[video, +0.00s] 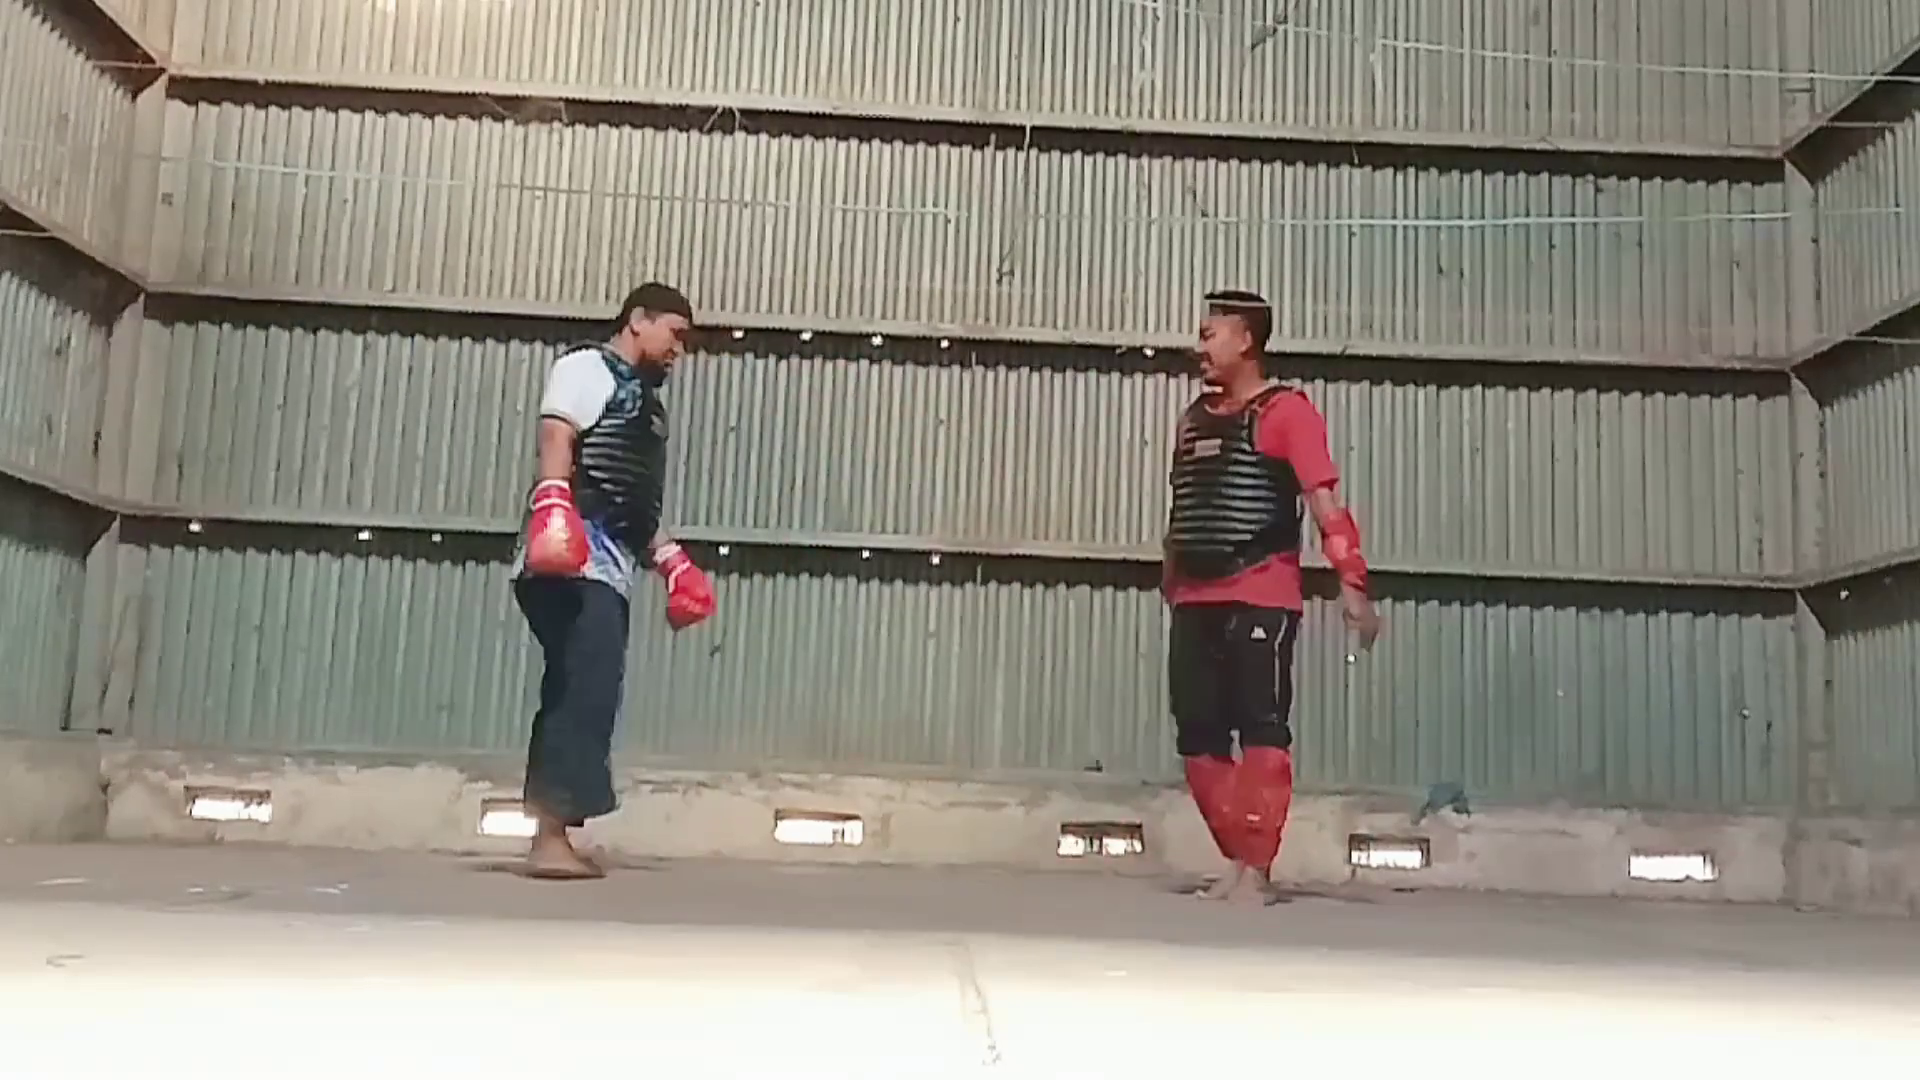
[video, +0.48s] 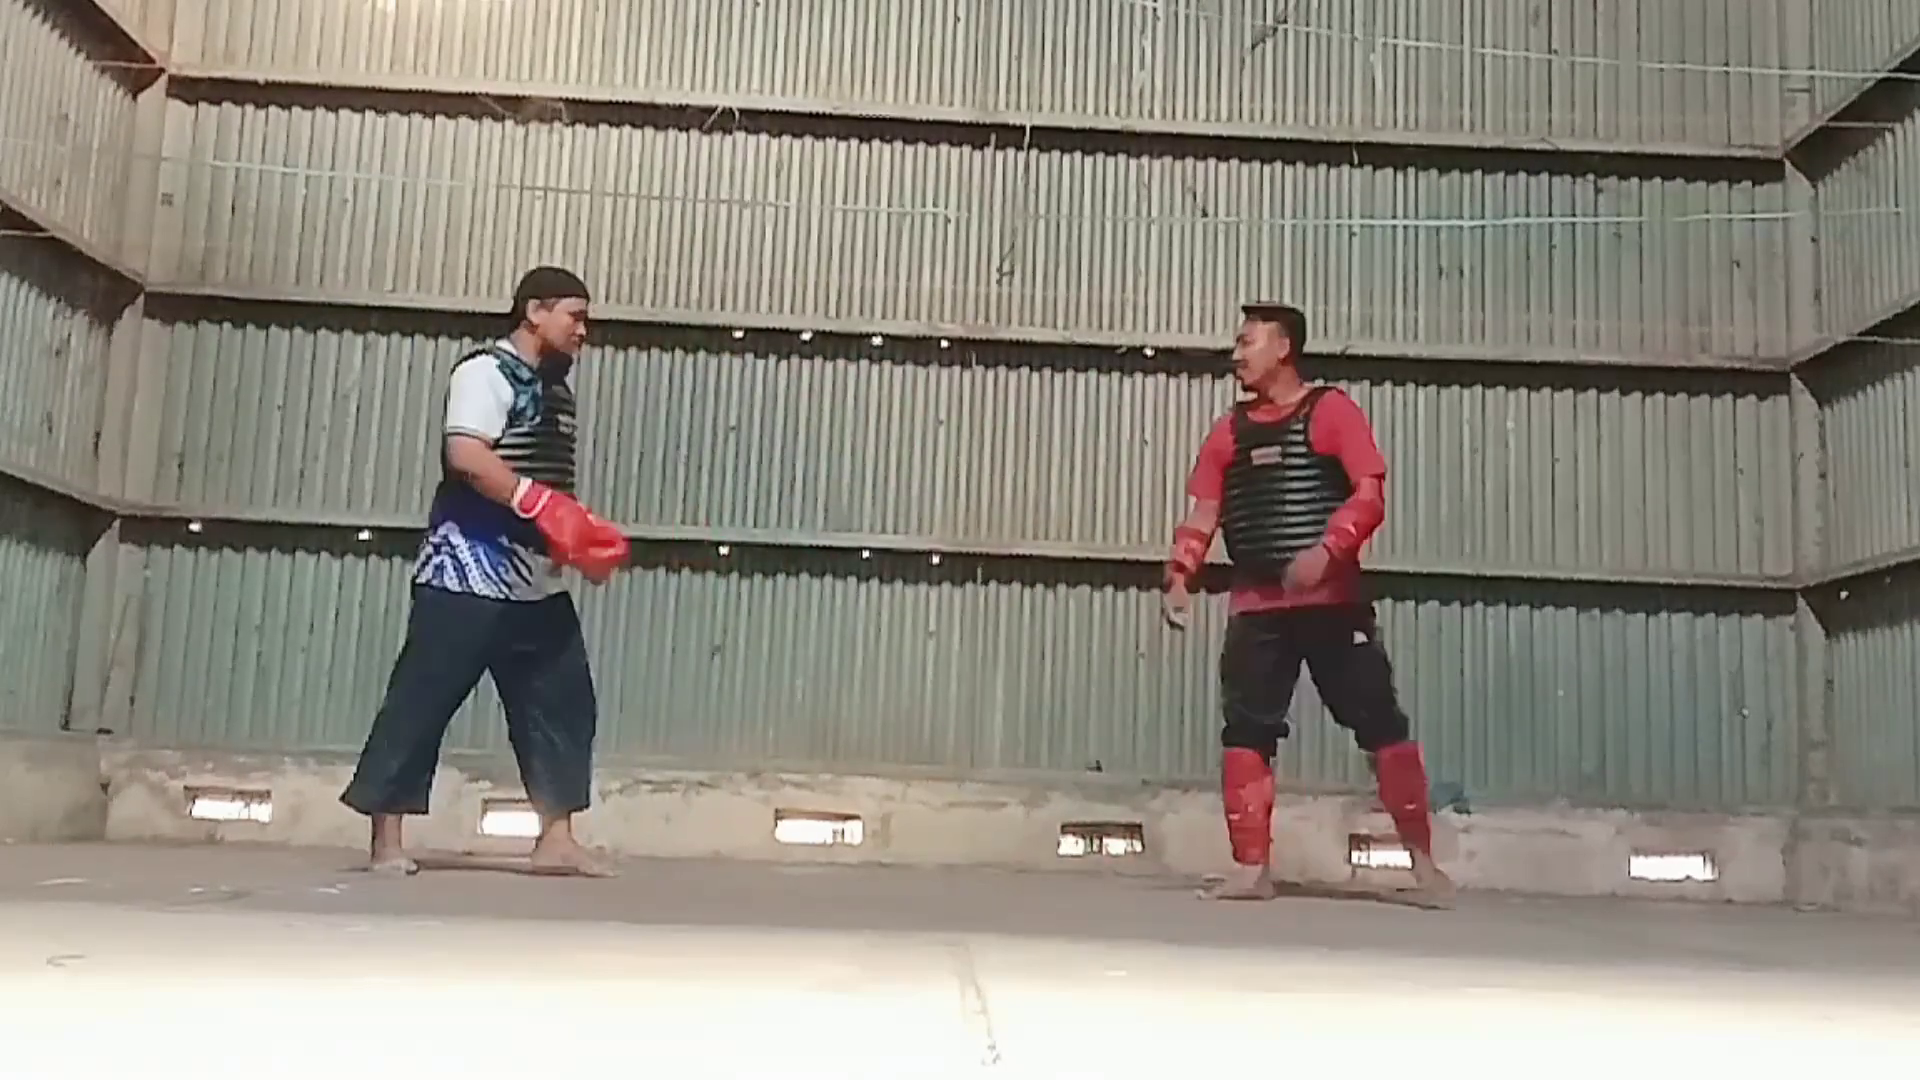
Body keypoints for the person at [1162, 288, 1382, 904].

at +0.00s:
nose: (1200, 345)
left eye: (1211, 335)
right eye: (1200, 335)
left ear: (1248, 341)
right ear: (1219, 343)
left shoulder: (1289, 411)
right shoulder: (1194, 418)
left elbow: (1326, 503)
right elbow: (1186, 507)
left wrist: (1354, 584)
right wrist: (1174, 582)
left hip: (1260, 596)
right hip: (1195, 598)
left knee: (1260, 727)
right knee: (1199, 734)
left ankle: (1254, 870)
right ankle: (1243, 862)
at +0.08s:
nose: (1198, 345)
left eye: (1209, 335)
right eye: (1199, 335)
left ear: (1247, 342)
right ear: (1224, 343)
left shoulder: (1291, 409)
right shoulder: (1193, 422)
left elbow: (1332, 500)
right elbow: (1176, 510)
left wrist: (1360, 583)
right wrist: (1162, 593)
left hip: (1271, 592)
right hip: (1206, 596)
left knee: (1266, 725)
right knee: (1216, 728)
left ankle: (1255, 869)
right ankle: (1246, 865)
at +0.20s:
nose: (1195, 347)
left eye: (1206, 337)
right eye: (1196, 338)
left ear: (1245, 345)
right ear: (1215, 350)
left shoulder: (1294, 409)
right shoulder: (1194, 432)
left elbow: (1339, 497)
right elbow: (1169, 516)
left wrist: (1358, 581)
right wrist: (1141, 587)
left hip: (1291, 589)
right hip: (1227, 597)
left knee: (1280, 721)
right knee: (1233, 727)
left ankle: (1270, 866)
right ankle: (1247, 866)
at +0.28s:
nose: (1203, 354)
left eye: (1213, 343)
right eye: (1203, 344)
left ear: (1249, 347)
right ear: (1231, 351)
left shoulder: (1302, 406)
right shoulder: (1203, 431)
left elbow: (1348, 494)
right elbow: (1173, 514)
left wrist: (1353, 578)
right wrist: (1138, 577)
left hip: (1307, 591)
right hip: (1238, 598)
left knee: (1309, 722)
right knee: (1246, 727)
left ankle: (1318, 867)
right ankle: (1251, 870)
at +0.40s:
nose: (1217, 353)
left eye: (1228, 342)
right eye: (1218, 343)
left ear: (1265, 349)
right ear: (1236, 352)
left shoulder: (1313, 408)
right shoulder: (1213, 432)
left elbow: (1361, 490)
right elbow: (1185, 513)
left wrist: (1342, 568)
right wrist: (1159, 563)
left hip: (1315, 596)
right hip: (1245, 604)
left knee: (1345, 725)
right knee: (1250, 729)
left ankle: (1371, 861)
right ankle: (1251, 868)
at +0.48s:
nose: (1236, 353)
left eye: (1247, 343)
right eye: (1236, 344)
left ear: (1284, 348)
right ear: (1251, 353)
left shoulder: (1332, 410)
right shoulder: (1228, 432)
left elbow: (1371, 492)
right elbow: (1202, 513)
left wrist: (1326, 550)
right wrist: (1180, 572)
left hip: (1331, 606)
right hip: (1257, 611)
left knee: (1379, 722)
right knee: (1247, 726)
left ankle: (1423, 864)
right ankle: (1251, 869)